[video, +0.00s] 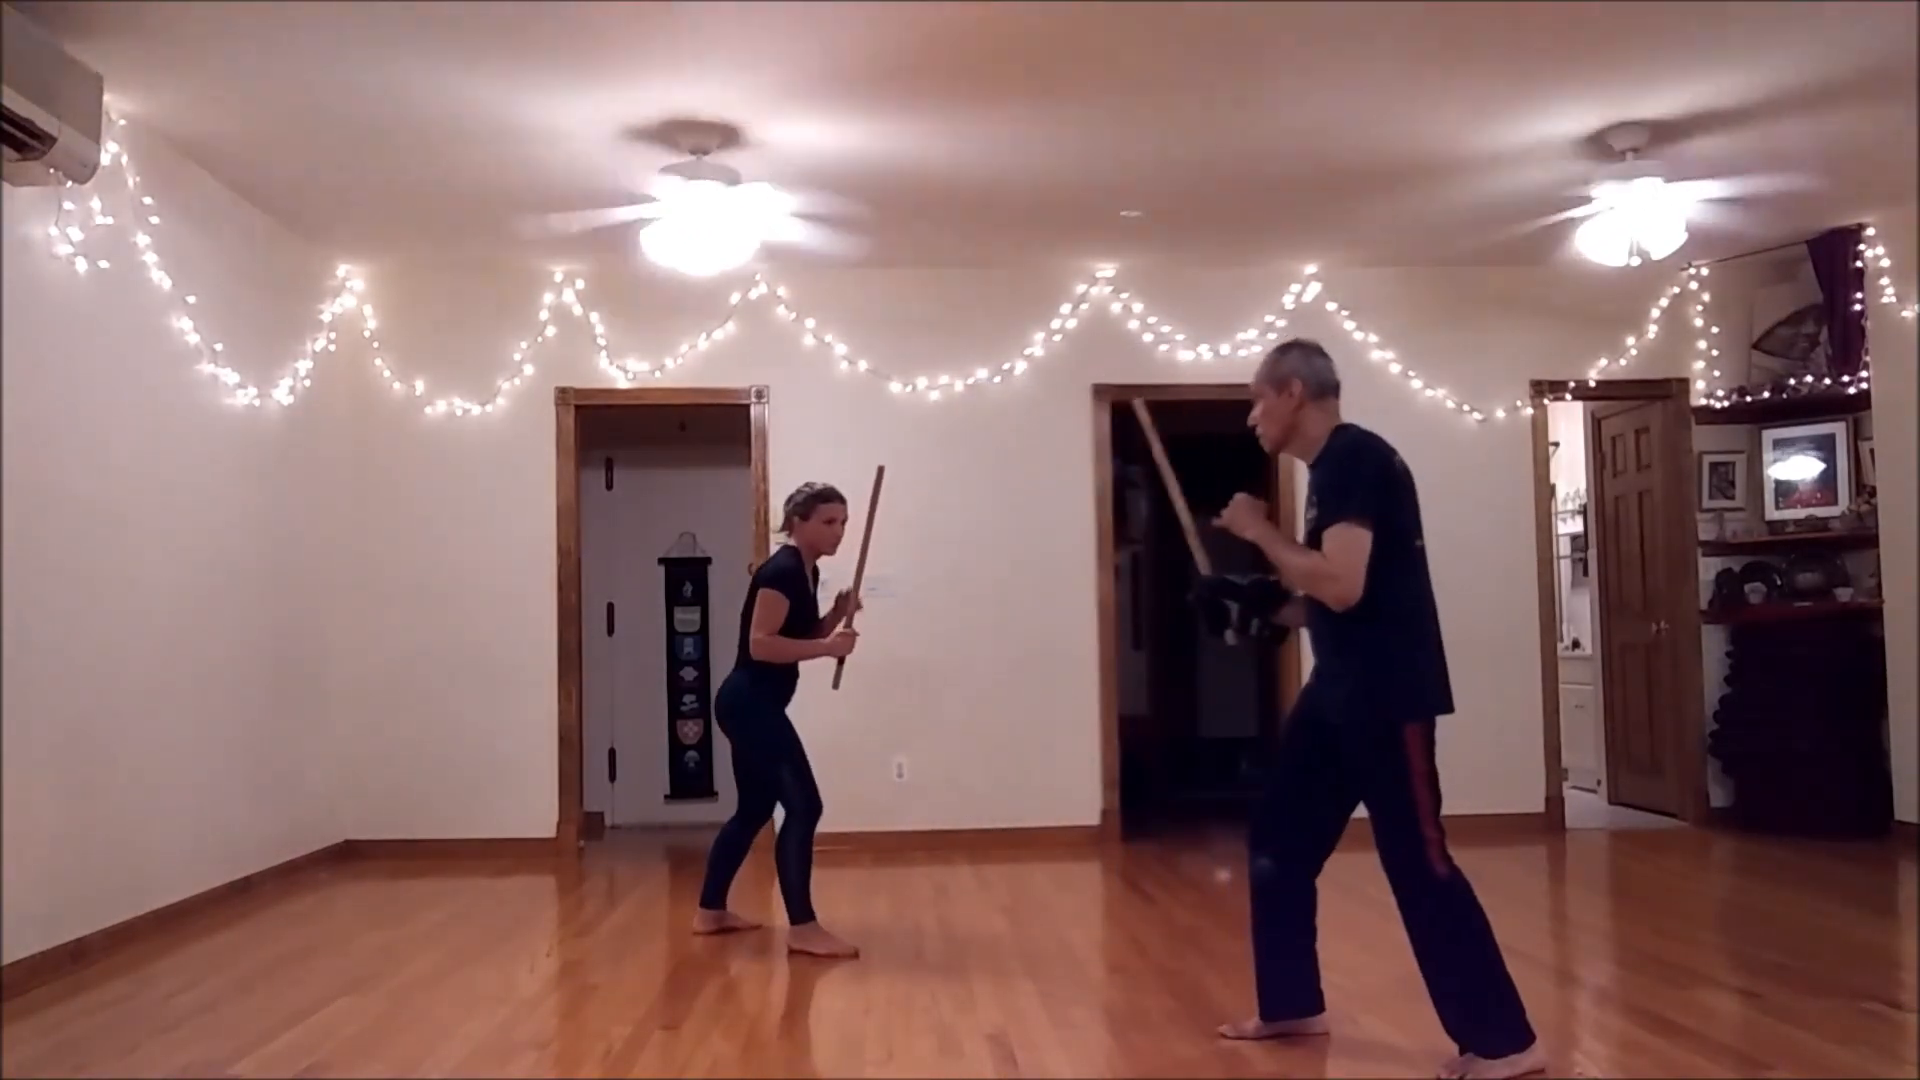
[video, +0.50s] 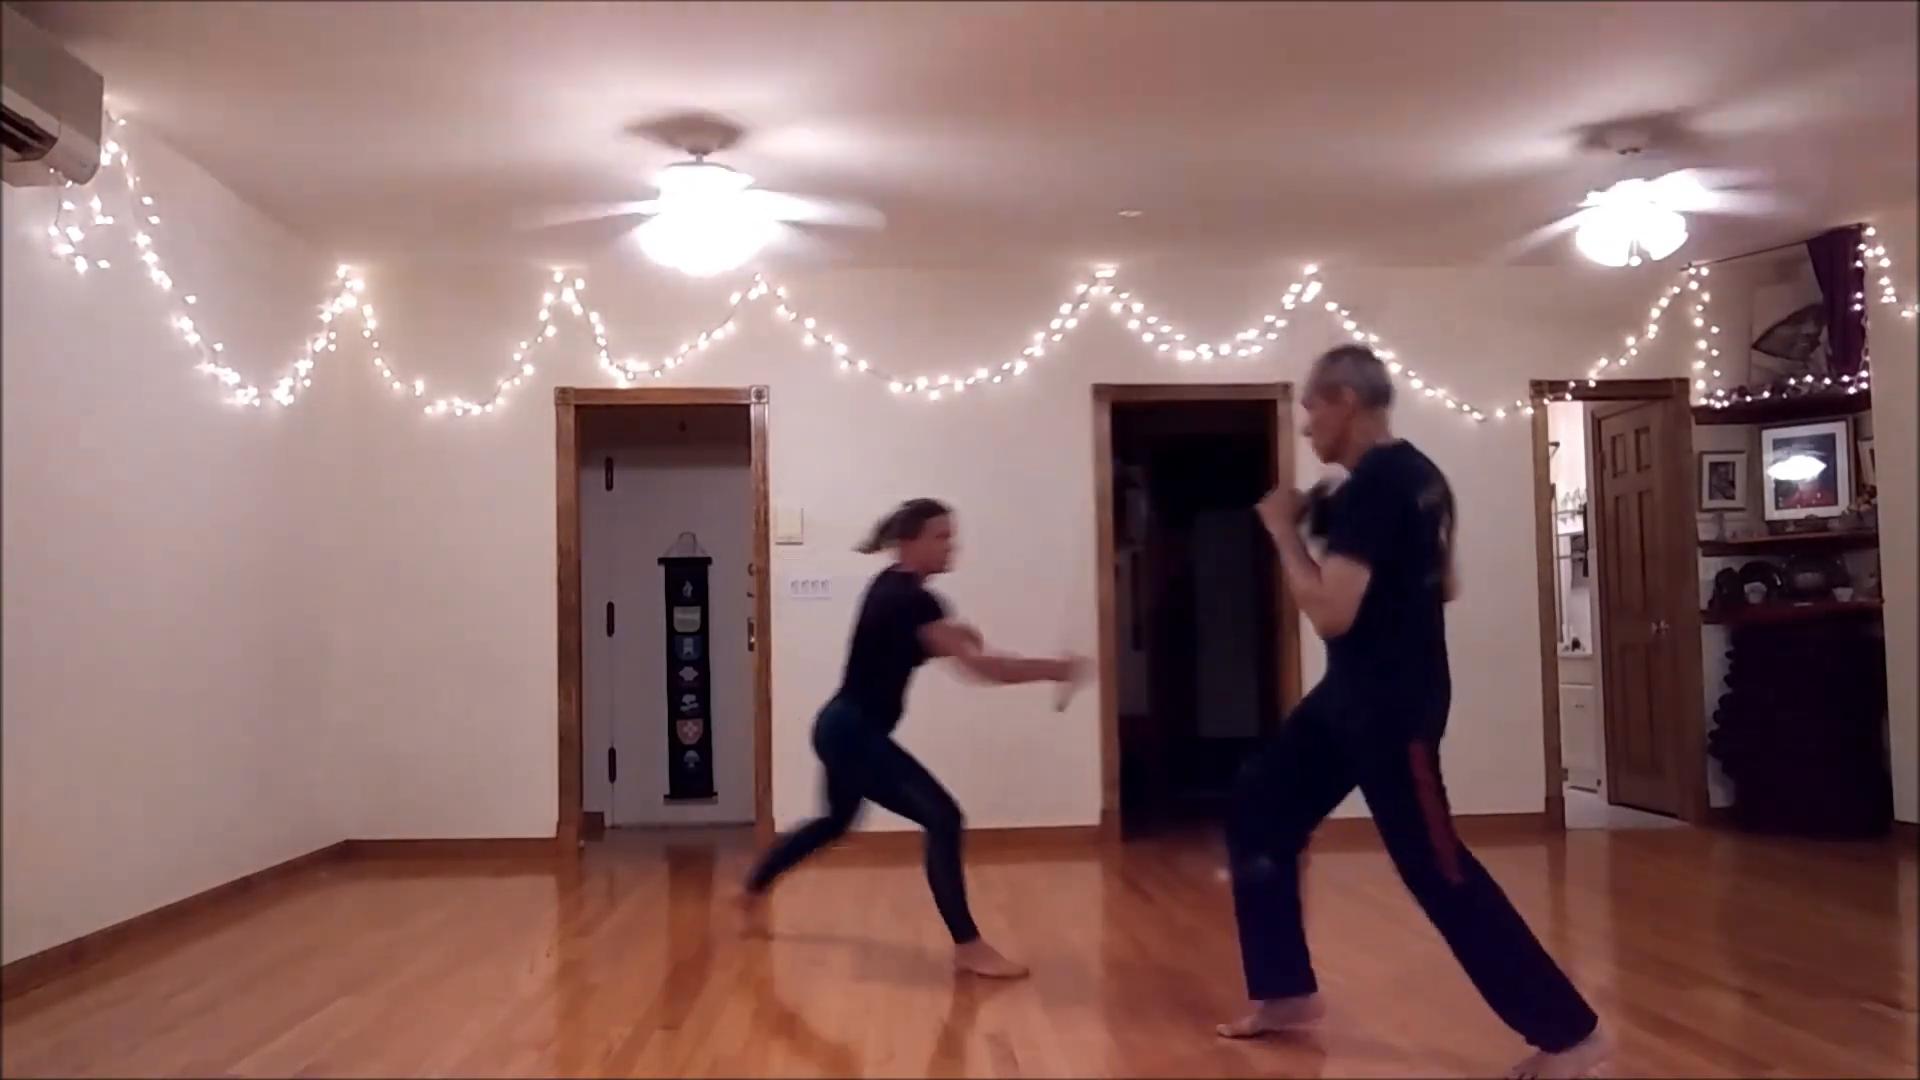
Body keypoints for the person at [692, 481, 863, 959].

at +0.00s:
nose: (840, 532)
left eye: (842, 523)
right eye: (831, 522)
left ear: (826, 528)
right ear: (800, 524)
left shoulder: (803, 573)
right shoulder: (780, 572)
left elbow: (803, 640)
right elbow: (760, 645)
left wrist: (835, 615)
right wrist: (825, 647)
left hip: (752, 703)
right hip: (752, 706)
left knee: (754, 808)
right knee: (804, 805)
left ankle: (710, 910)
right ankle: (803, 927)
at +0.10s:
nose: (845, 532)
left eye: (847, 523)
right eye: (836, 523)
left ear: (822, 528)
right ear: (806, 524)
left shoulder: (805, 570)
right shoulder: (787, 573)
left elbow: (790, 635)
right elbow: (764, 645)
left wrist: (828, 630)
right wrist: (829, 648)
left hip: (755, 703)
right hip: (758, 707)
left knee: (754, 810)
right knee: (818, 804)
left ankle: (710, 910)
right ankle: (805, 926)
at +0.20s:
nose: (854, 540)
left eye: (857, 531)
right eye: (846, 530)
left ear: (830, 535)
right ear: (816, 531)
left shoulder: (814, 576)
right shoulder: (801, 580)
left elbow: (795, 646)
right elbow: (780, 653)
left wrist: (841, 657)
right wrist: (844, 653)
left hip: (767, 713)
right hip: (769, 716)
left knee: (773, 812)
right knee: (843, 803)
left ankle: (713, 908)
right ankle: (811, 922)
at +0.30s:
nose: (868, 554)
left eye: (870, 545)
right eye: (861, 544)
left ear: (837, 547)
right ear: (831, 544)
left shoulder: (824, 591)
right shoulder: (818, 593)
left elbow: (821, 665)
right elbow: (811, 669)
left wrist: (875, 664)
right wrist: (875, 660)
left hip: (782, 728)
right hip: (788, 731)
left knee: (794, 821)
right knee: (872, 805)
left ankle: (715, 904)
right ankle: (864, 928)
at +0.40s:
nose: (898, 553)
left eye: (899, 543)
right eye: (889, 544)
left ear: (866, 549)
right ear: (858, 547)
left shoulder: (858, 593)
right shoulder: (852, 596)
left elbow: (895, 652)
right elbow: (874, 676)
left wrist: (929, 622)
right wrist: (942, 659)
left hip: (810, 731)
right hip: (817, 737)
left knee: (785, 824)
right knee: (904, 812)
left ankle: (714, 904)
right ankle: (952, 929)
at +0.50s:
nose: (949, 546)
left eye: (950, 537)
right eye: (941, 537)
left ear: (910, 543)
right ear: (910, 542)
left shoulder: (892, 586)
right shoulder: (908, 598)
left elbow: (929, 637)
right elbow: (981, 664)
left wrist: (958, 637)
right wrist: (1054, 670)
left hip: (843, 729)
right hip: (856, 739)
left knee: (836, 820)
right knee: (943, 817)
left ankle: (755, 883)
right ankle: (968, 945)